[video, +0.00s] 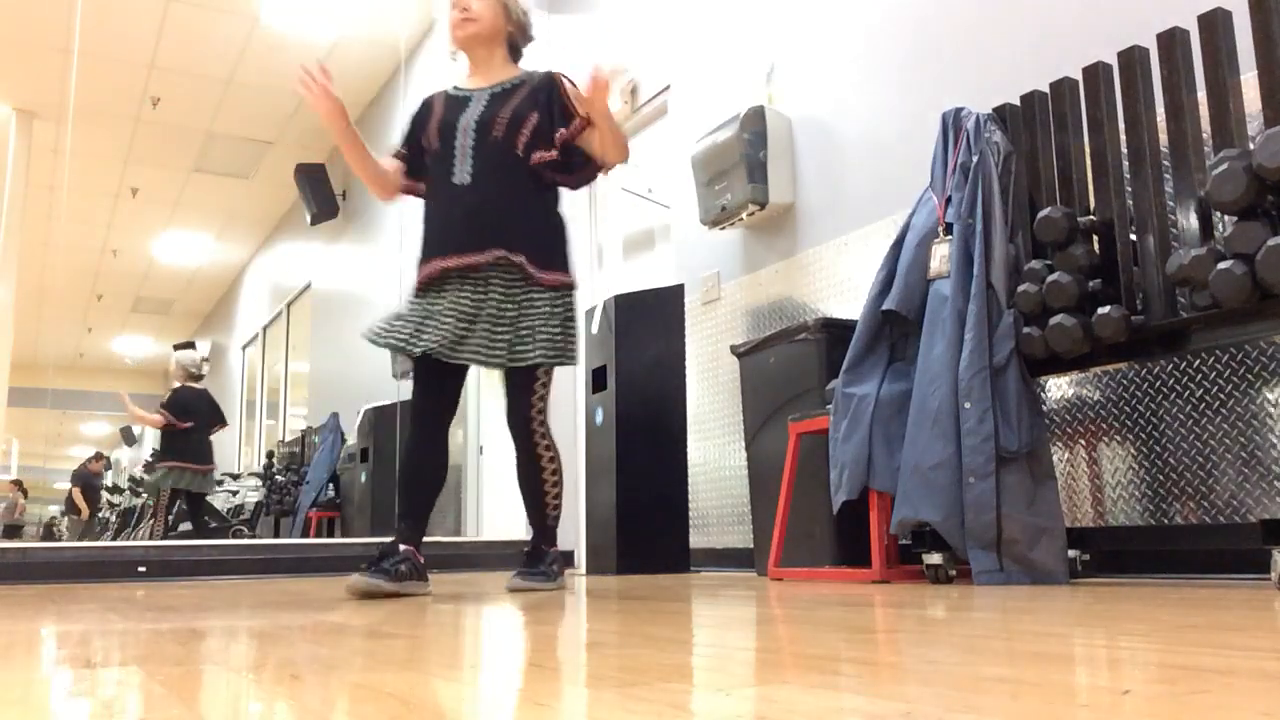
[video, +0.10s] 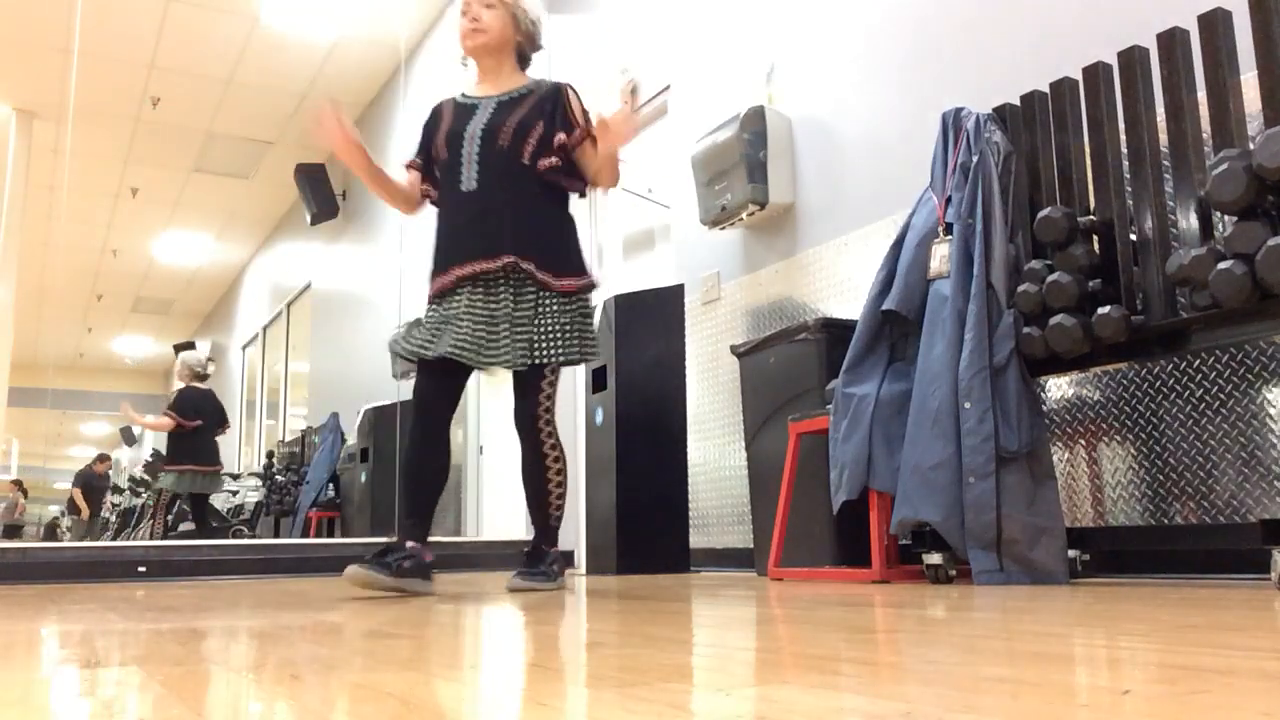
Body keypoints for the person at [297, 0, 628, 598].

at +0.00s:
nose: (459, 11)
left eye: (473, 2)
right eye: (454, 5)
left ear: (509, 17)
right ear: (449, 25)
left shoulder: (543, 88)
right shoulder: (436, 107)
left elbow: (613, 154)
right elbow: (388, 184)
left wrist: (600, 109)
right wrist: (340, 123)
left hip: (528, 273)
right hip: (449, 276)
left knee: (526, 417)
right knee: (428, 414)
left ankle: (545, 552)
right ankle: (407, 552)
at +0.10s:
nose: (470, 17)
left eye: (485, 7)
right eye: (464, 10)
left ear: (518, 25)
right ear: (459, 30)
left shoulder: (553, 97)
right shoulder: (444, 113)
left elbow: (600, 177)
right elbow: (409, 198)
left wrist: (607, 143)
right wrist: (356, 154)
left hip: (539, 275)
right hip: (462, 279)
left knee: (533, 416)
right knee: (430, 406)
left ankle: (545, 553)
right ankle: (412, 549)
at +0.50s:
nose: (488, 27)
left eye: (504, 20)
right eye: (481, 23)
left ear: (534, 41)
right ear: (475, 47)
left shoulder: (559, 110)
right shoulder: (455, 120)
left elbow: (600, 188)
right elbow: (436, 213)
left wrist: (537, 156)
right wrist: (424, 286)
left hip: (538, 278)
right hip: (465, 280)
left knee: (538, 415)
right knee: (421, 398)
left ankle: (546, 551)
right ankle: (422, 537)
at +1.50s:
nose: (471, 54)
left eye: (486, 48)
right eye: (464, 51)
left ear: (514, 69)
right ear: (458, 76)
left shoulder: (540, 135)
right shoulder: (437, 145)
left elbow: (586, 202)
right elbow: (401, 221)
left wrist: (629, 242)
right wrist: (405, 167)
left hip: (519, 293)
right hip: (452, 297)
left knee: (508, 421)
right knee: (456, 431)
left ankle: (519, 551)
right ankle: (479, 548)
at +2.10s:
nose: (474, 80)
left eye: (487, 74)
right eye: (466, 78)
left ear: (514, 94)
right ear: (459, 103)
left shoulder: (544, 155)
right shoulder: (442, 162)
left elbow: (581, 222)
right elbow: (421, 244)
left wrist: (532, 177)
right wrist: (418, 307)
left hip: (524, 309)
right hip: (454, 310)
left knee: (526, 435)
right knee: (463, 437)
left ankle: (537, 528)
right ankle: (480, 550)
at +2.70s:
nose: (480, 78)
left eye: (493, 72)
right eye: (474, 76)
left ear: (521, 93)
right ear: (471, 101)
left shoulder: (547, 150)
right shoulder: (455, 167)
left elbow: (586, 229)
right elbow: (439, 248)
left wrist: (601, 305)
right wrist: (415, 290)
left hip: (534, 313)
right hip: (467, 315)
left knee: (539, 442)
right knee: (474, 441)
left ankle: (551, 534)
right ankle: (503, 548)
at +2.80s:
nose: (480, 75)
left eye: (493, 70)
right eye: (475, 73)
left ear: (522, 91)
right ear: (471, 98)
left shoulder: (548, 149)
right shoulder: (453, 163)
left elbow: (591, 227)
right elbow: (438, 246)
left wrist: (611, 300)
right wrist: (412, 269)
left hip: (531, 311)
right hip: (464, 313)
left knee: (529, 435)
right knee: (474, 439)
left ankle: (557, 515)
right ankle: (504, 550)